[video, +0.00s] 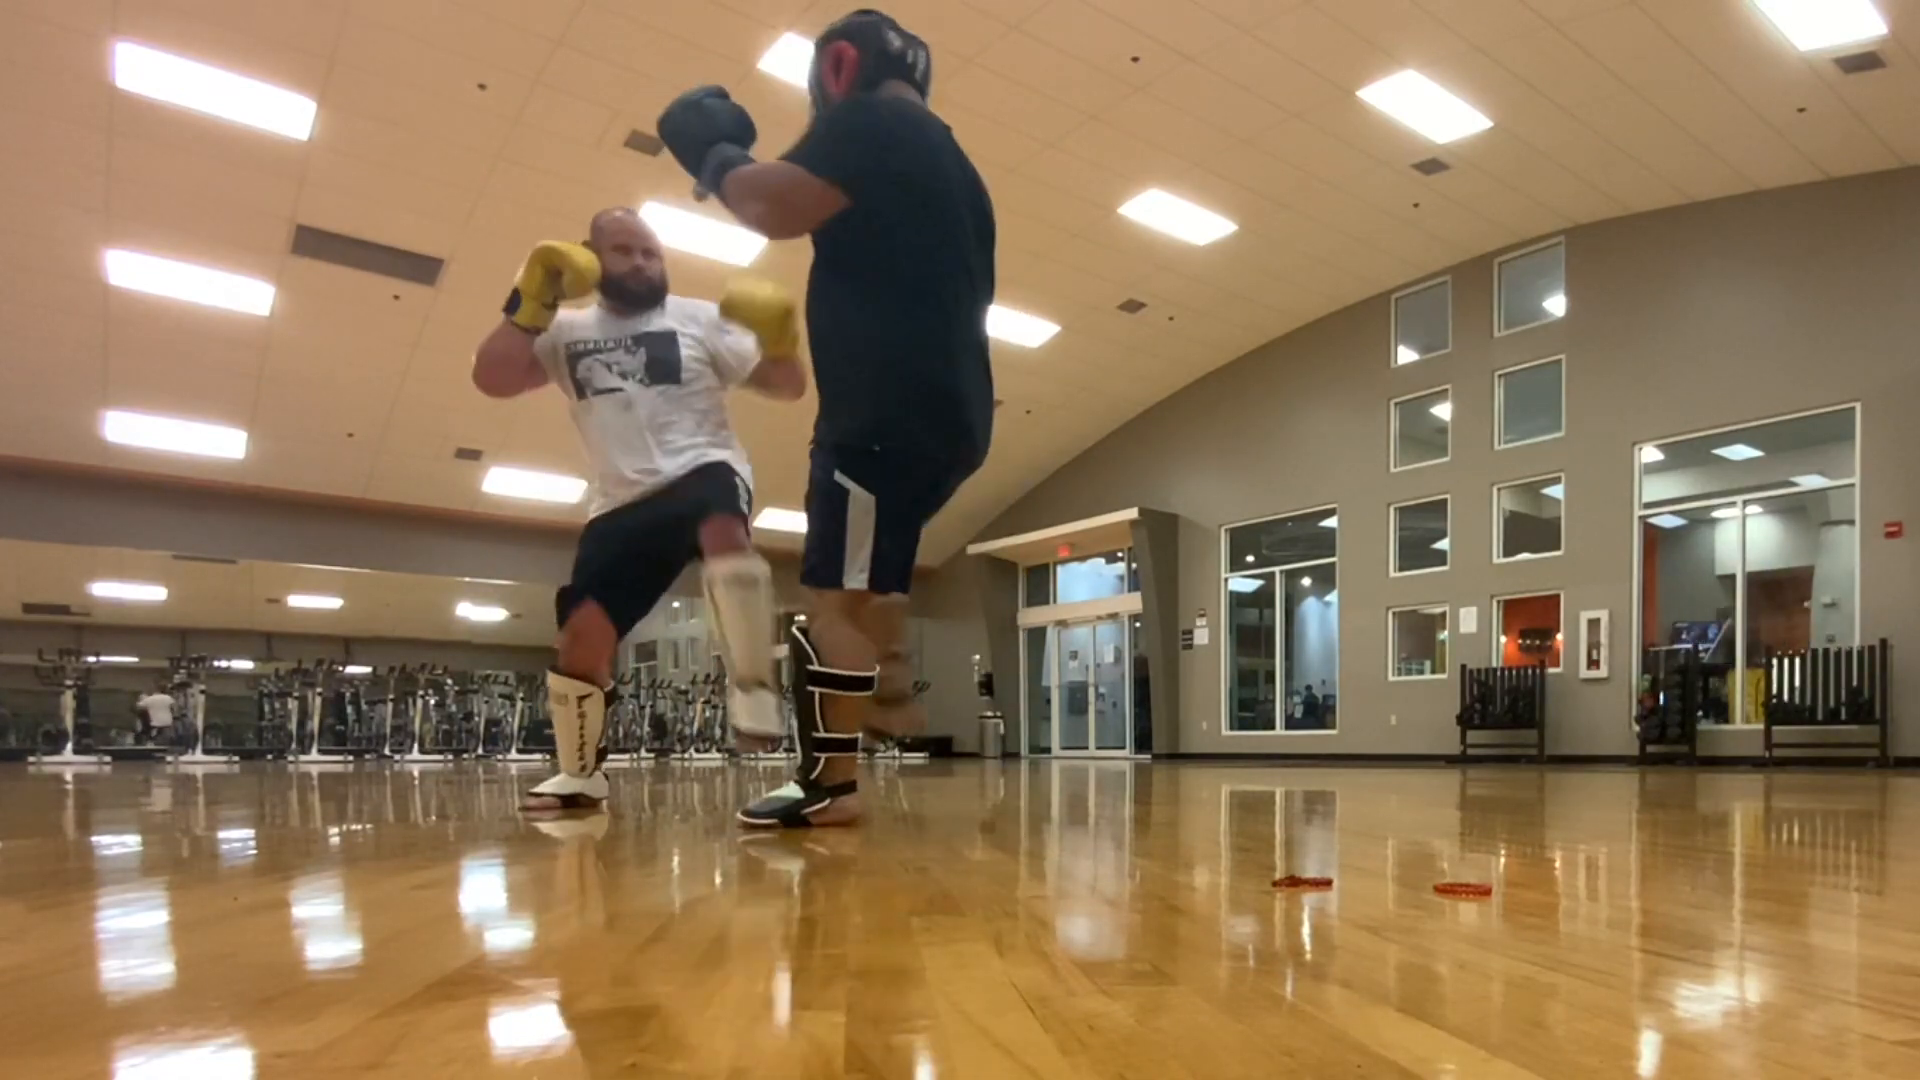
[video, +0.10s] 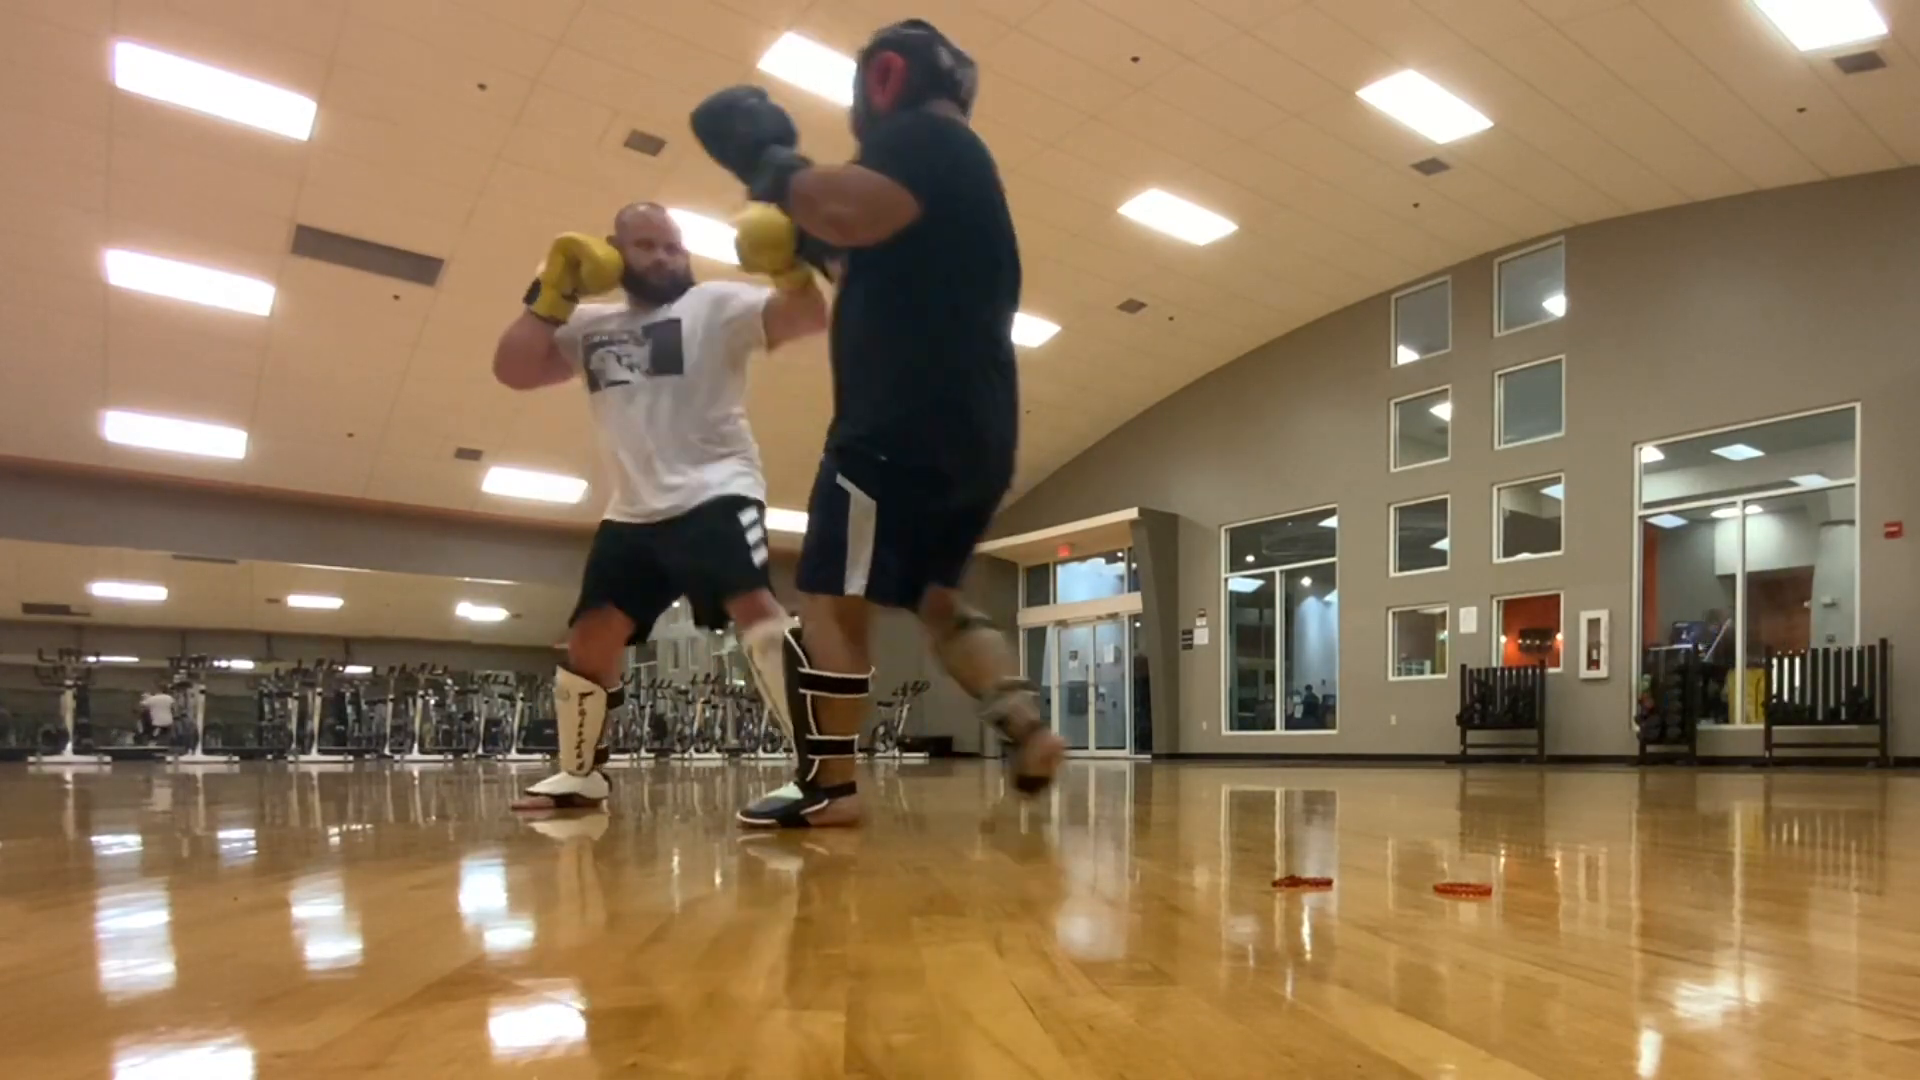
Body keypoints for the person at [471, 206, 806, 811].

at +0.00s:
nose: (642, 260)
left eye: (650, 250)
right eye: (623, 251)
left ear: (663, 259)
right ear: (594, 266)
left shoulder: (698, 319)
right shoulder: (567, 333)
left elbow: (788, 386)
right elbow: (492, 378)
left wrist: (780, 338)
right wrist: (532, 303)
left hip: (703, 473)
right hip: (623, 504)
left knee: (721, 526)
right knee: (585, 617)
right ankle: (580, 775)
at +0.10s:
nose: (663, 256)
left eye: (672, 245)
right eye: (645, 246)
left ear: (686, 254)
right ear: (616, 258)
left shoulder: (715, 305)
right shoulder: (590, 326)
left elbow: (808, 317)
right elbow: (513, 369)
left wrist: (787, 270)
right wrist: (552, 297)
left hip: (714, 492)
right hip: (633, 509)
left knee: (749, 605)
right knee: (595, 629)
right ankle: (579, 775)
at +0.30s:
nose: (683, 266)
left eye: (694, 253)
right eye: (670, 255)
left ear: (717, 254)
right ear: (651, 259)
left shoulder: (748, 301)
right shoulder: (638, 331)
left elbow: (816, 334)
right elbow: (577, 398)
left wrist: (782, 274)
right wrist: (600, 321)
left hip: (759, 500)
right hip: (675, 515)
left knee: (780, 625)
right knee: (619, 640)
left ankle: (827, 779)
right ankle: (596, 773)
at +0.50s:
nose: (700, 235)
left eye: (711, 222)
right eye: (684, 224)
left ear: (730, 226)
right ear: (660, 232)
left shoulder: (773, 290)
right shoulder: (639, 304)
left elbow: (861, 340)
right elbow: (571, 355)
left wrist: (838, 277)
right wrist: (608, 271)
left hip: (761, 496)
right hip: (665, 494)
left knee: (787, 628)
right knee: (617, 626)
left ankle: (826, 774)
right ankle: (615, 756)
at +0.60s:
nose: (702, 239)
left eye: (713, 227)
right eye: (686, 228)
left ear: (728, 230)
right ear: (658, 236)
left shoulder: (765, 296)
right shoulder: (632, 304)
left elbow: (848, 355)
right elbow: (568, 356)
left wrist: (842, 278)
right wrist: (613, 268)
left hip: (750, 502)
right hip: (649, 500)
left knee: (781, 630)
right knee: (609, 631)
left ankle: (825, 772)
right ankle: (610, 763)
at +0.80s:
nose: (687, 267)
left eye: (699, 254)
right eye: (673, 249)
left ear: (712, 251)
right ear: (639, 237)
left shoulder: (736, 324)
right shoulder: (583, 300)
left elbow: (779, 421)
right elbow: (552, 384)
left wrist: (802, 382)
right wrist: (612, 318)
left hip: (721, 511)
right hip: (620, 506)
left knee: (758, 635)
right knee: (604, 647)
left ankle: (821, 766)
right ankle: (615, 776)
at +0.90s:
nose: (691, 265)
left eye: (703, 253)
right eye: (678, 248)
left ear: (713, 253)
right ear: (642, 237)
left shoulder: (729, 323)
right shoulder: (581, 289)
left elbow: (772, 419)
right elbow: (546, 367)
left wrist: (803, 386)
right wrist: (613, 305)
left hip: (714, 511)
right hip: (613, 509)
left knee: (757, 631)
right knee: (601, 649)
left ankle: (821, 761)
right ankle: (614, 776)